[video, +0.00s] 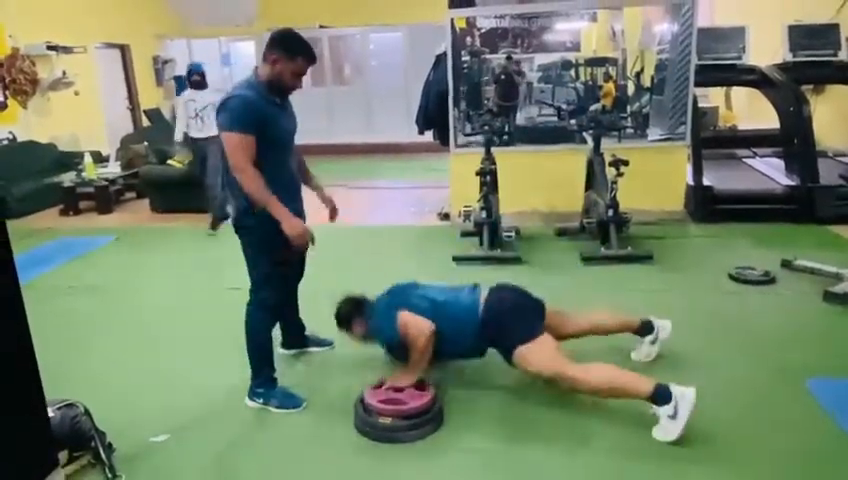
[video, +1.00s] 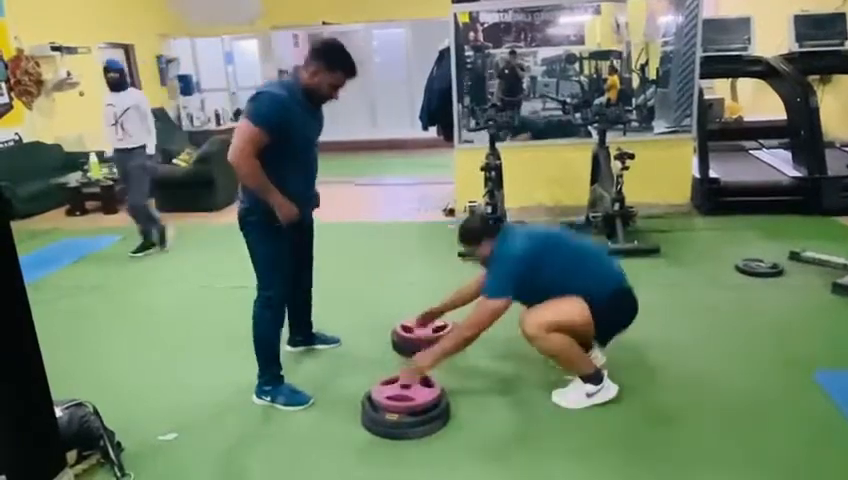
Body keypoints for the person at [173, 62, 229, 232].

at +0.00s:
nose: (197, 79)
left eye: (200, 76)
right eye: (193, 77)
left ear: (205, 76)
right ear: (188, 79)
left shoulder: (216, 95)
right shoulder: (183, 98)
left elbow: (228, 116)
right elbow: (181, 121)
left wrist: (229, 136)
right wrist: (178, 141)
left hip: (213, 140)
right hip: (195, 141)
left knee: (212, 179)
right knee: (202, 177)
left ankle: (216, 214)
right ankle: (223, 205)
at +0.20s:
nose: (187, 80)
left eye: (190, 76)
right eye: (183, 77)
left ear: (195, 78)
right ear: (178, 79)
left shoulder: (203, 97)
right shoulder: (175, 99)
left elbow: (213, 119)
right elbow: (170, 120)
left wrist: (217, 134)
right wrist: (165, 140)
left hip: (203, 140)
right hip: (184, 142)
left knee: (201, 182)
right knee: (200, 179)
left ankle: (201, 222)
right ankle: (220, 205)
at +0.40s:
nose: (172, 78)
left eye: (176, 74)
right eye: (169, 75)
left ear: (182, 75)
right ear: (166, 77)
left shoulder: (192, 94)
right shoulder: (164, 96)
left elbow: (202, 120)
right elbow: (160, 120)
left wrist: (204, 145)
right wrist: (157, 141)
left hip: (190, 141)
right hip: (172, 143)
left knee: (194, 183)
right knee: (178, 185)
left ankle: (198, 226)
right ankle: (200, 205)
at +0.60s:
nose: (154, 78)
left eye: (157, 74)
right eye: (151, 74)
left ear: (165, 74)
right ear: (149, 76)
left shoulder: (177, 94)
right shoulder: (151, 98)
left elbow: (184, 120)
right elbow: (151, 124)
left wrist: (180, 140)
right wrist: (149, 144)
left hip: (176, 144)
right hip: (157, 145)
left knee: (189, 185)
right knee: (158, 189)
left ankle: (200, 222)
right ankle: (156, 232)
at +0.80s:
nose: (131, 81)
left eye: (134, 77)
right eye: (129, 78)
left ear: (143, 77)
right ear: (127, 80)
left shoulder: (153, 97)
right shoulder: (134, 99)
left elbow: (165, 124)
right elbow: (136, 125)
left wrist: (158, 143)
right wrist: (132, 142)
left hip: (156, 148)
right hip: (140, 148)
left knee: (169, 191)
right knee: (143, 194)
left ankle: (193, 218)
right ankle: (147, 235)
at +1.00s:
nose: (111, 80)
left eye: (115, 76)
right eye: (108, 77)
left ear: (123, 76)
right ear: (105, 79)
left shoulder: (137, 97)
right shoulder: (109, 100)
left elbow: (151, 124)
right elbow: (110, 127)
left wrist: (150, 150)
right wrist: (110, 150)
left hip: (138, 150)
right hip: (120, 152)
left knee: (136, 201)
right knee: (134, 200)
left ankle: (158, 227)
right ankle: (147, 237)